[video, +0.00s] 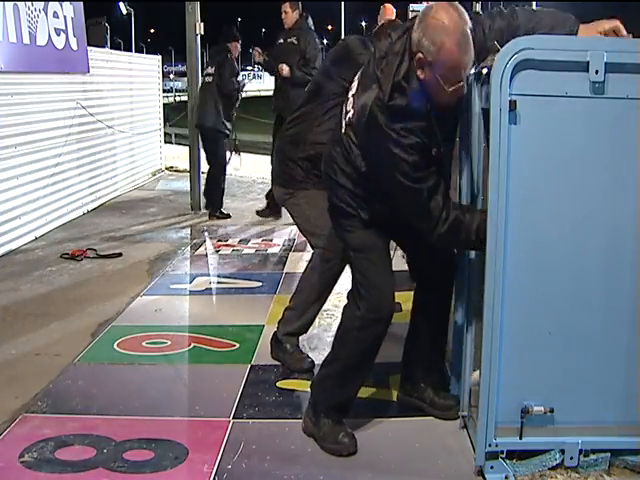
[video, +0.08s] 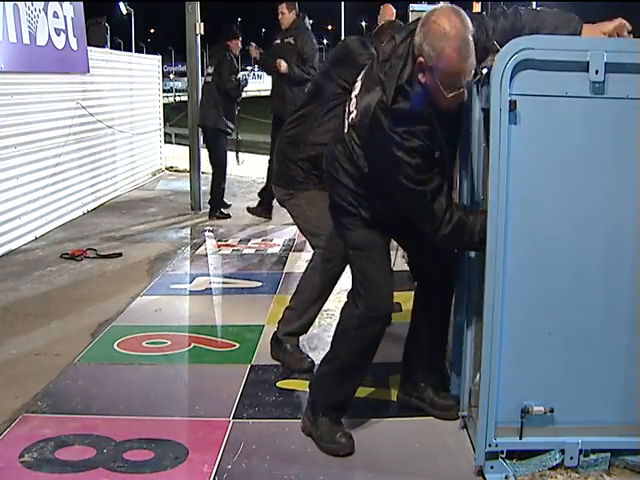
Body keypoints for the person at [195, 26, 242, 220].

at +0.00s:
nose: (239, 49)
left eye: (239, 45)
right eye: (237, 45)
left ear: (225, 45)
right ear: (231, 45)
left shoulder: (213, 61)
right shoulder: (226, 61)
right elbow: (227, 87)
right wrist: (241, 83)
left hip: (205, 118)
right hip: (215, 120)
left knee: (215, 163)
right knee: (219, 164)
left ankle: (210, 201)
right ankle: (215, 206)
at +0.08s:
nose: (240, 45)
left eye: (240, 41)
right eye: (238, 42)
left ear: (228, 42)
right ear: (231, 42)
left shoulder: (219, 57)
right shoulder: (226, 59)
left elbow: (225, 85)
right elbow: (229, 87)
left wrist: (238, 84)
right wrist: (242, 83)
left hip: (212, 119)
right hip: (215, 120)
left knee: (219, 164)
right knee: (219, 165)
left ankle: (218, 198)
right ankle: (215, 206)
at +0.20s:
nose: (241, 44)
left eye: (240, 39)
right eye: (238, 40)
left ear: (230, 41)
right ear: (231, 41)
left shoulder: (226, 58)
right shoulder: (226, 59)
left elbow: (225, 86)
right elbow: (226, 87)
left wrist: (240, 86)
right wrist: (242, 87)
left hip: (220, 119)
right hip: (217, 120)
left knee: (224, 160)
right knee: (222, 162)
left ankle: (227, 195)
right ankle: (216, 207)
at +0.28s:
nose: (241, 42)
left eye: (240, 39)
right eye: (238, 39)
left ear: (229, 41)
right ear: (230, 41)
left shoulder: (225, 58)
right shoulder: (224, 60)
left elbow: (226, 89)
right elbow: (226, 91)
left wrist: (240, 89)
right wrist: (242, 91)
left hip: (222, 119)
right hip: (219, 120)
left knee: (227, 159)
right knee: (224, 161)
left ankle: (231, 197)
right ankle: (216, 207)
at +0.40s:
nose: (238, 31)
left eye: (239, 27)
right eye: (235, 27)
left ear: (239, 32)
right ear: (228, 32)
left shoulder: (236, 54)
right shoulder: (224, 55)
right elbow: (222, 85)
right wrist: (238, 94)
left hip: (231, 117)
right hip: (222, 118)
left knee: (230, 160)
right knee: (228, 160)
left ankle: (232, 198)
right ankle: (216, 207)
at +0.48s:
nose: (243, 45)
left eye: (241, 41)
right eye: (240, 42)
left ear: (231, 42)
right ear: (233, 44)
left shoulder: (234, 61)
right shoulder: (225, 62)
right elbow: (225, 88)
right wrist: (243, 98)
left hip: (232, 116)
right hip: (226, 117)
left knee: (234, 158)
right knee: (228, 159)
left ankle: (233, 197)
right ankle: (216, 205)